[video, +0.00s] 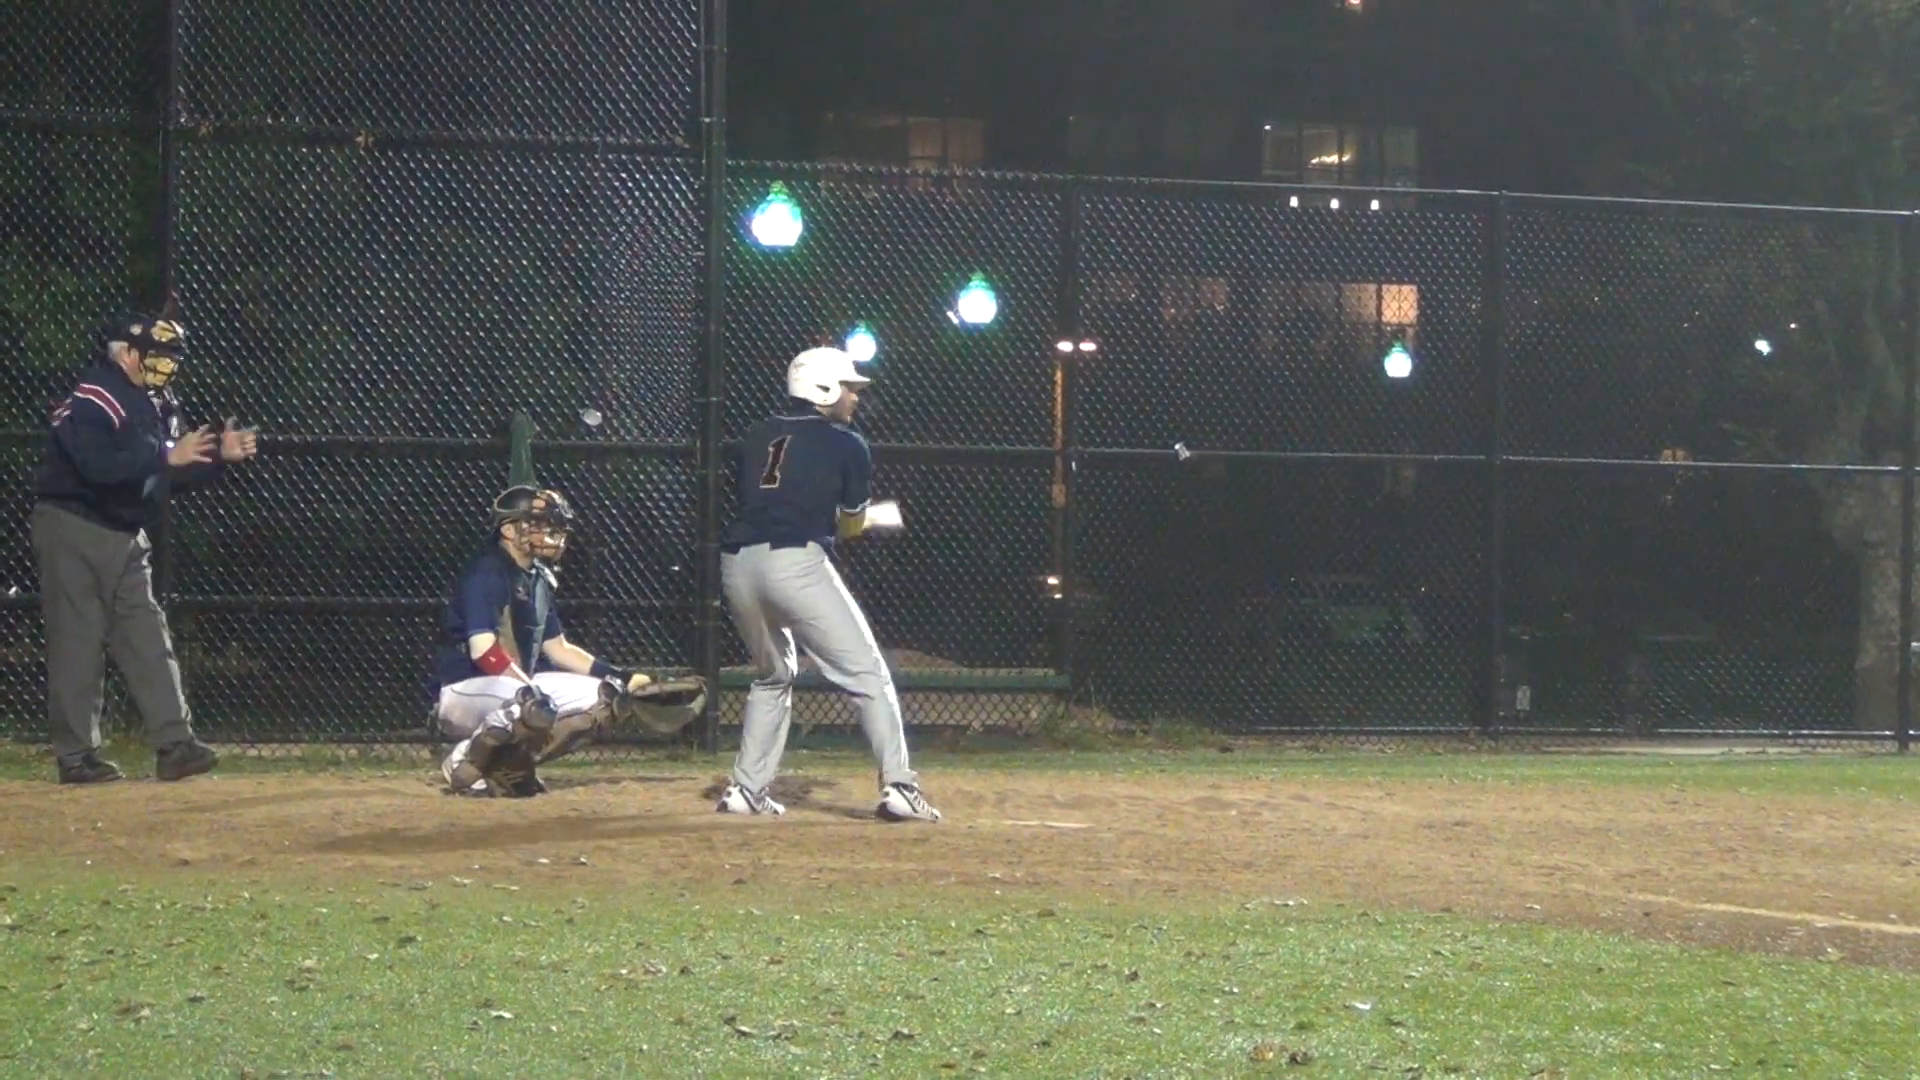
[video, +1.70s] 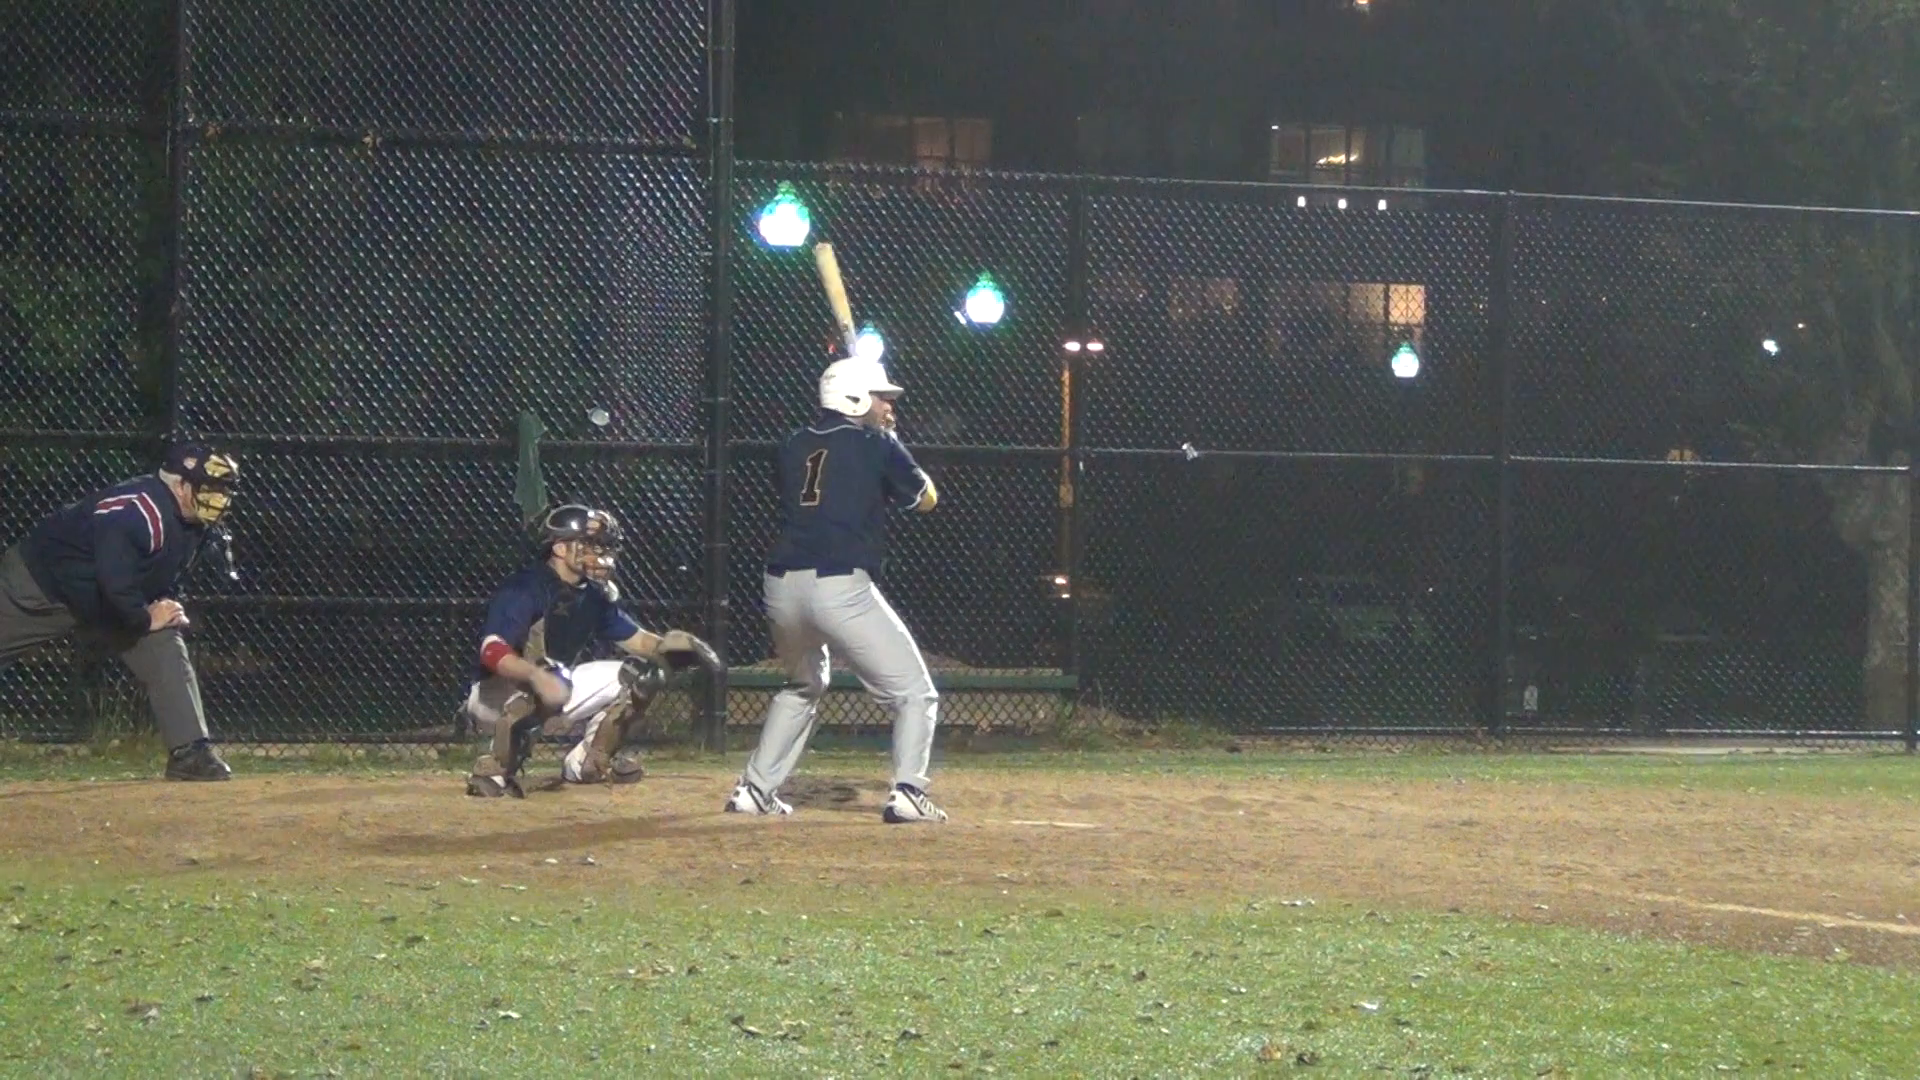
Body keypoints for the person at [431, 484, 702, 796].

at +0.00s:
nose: (548, 535)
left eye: (552, 527)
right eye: (537, 525)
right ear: (508, 531)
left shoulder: (537, 577)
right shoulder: (486, 573)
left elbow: (558, 648)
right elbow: (484, 651)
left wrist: (621, 677)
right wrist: (532, 694)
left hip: (515, 684)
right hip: (463, 691)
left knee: (604, 695)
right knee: (534, 707)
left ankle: (513, 766)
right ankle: (464, 765)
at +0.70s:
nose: (562, 518)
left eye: (564, 510)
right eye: (552, 509)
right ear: (523, 512)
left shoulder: (547, 562)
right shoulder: (494, 560)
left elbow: (555, 623)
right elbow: (487, 634)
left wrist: (615, 656)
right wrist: (546, 655)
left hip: (519, 661)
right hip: (463, 664)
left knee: (599, 685)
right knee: (538, 684)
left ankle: (516, 766)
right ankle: (467, 767)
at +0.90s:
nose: (567, 483)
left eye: (569, 475)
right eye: (557, 474)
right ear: (528, 477)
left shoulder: (555, 521)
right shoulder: (495, 522)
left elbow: (558, 575)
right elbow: (499, 601)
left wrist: (603, 606)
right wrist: (565, 614)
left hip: (521, 621)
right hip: (465, 625)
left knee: (598, 653)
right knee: (536, 660)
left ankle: (542, 751)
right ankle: (483, 760)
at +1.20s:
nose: (578, 537)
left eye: (580, 529)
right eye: (568, 529)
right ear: (537, 531)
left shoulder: (569, 571)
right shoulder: (506, 573)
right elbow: (528, 640)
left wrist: (601, 613)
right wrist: (594, 627)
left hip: (536, 667)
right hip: (473, 675)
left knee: (624, 664)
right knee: (534, 686)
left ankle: (585, 763)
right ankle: (484, 771)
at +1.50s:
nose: (590, 550)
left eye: (592, 543)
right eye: (580, 543)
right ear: (551, 546)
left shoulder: (587, 589)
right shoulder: (519, 584)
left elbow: (601, 634)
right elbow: (514, 646)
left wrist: (634, 638)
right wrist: (587, 643)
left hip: (554, 682)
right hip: (488, 690)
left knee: (638, 675)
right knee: (544, 682)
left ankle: (586, 764)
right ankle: (491, 773)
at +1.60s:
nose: (594, 552)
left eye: (596, 544)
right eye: (585, 544)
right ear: (555, 547)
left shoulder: (589, 593)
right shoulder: (521, 585)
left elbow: (627, 639)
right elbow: (502, 649)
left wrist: (657, 642)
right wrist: (563, 654)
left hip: (559, 686)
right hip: (492, 690)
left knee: (639, 674)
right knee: (551, 681)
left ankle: (589, 762)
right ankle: (492, 772)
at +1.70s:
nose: (599, 554)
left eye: (600, 546)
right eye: (589, 546)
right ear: (560, 550)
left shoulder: (593, 593)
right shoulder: (527, 586)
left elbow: (634, 637)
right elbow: (491, 650)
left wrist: (673, 647)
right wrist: (536, 676)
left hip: (555, 688)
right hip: (496, 691)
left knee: (637, 677)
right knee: (548, 680)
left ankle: (589, 764)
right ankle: (493, 772)